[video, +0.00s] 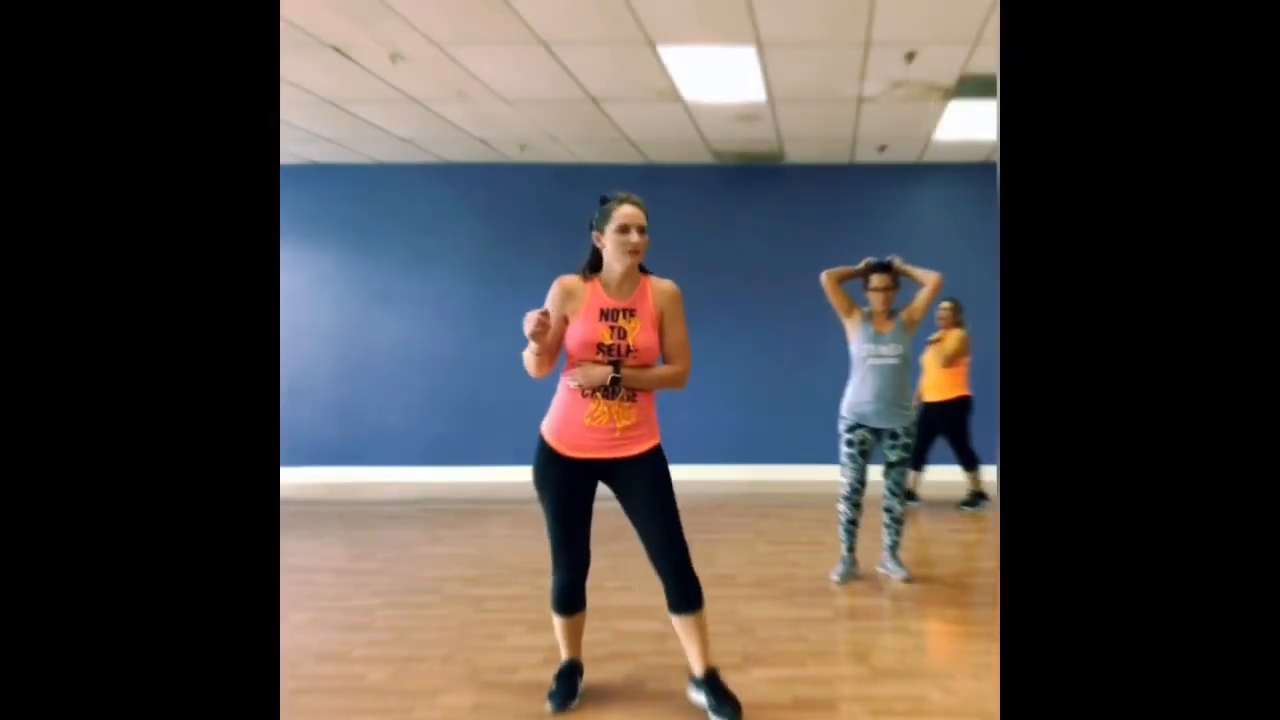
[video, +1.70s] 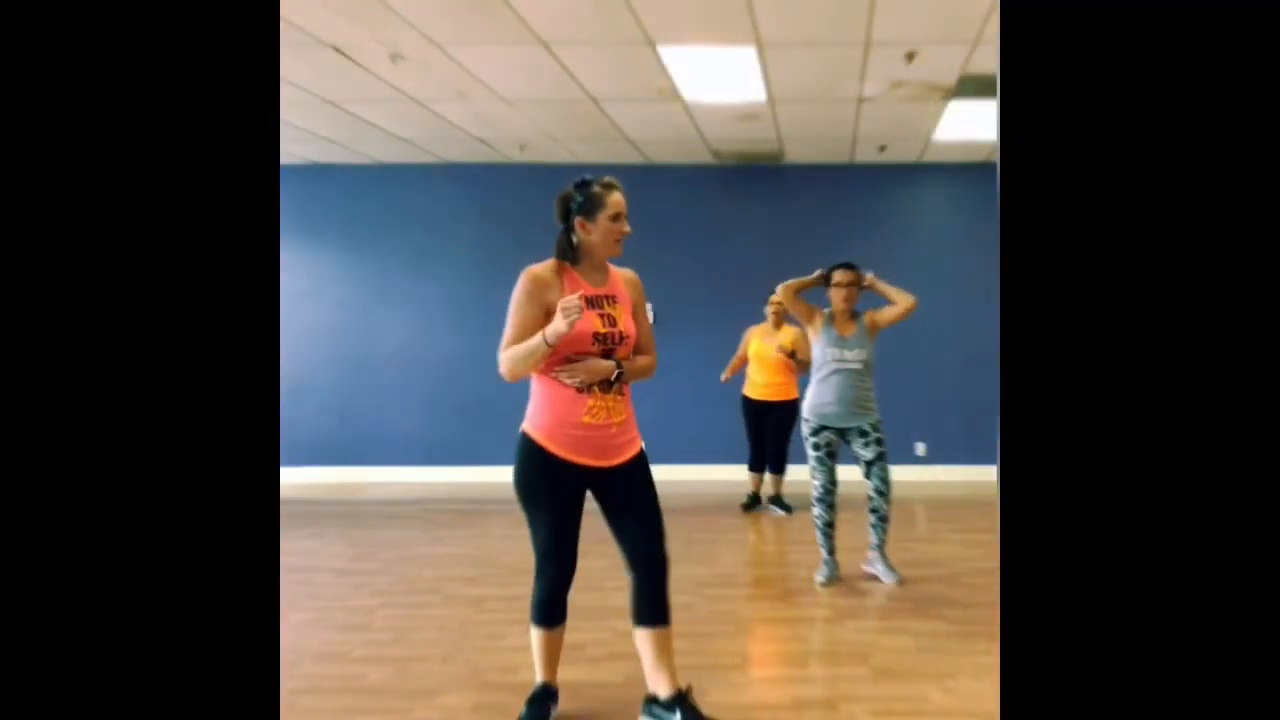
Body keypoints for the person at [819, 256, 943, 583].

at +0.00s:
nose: (882, 296)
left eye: (888, 290)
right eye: (876, 290)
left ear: (896, 292)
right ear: (866, 292)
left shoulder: (907, 322)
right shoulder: (854, 319)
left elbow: (935, 281)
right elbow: (827, 278)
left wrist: (904, 268)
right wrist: (858, 270)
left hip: (899, 419)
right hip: (858, 416)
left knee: (895, 492)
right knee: (851, 490)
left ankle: (891, 555)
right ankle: (847, 557)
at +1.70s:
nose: (844, 293)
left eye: (851, 287)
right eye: (839, 286)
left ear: (860, 291)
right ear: (828, 291)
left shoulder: (870, 322)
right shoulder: (815, 321)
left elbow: (909, 303)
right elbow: (784, 291)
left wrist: (874, 282)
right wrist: (816, 279)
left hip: (862, 418)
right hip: (820, 418)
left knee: (881, 484)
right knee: (823, 491)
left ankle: (877, 555)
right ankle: (828, 560)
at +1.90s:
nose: (851, 288)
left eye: (857, 283)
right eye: (845, 283)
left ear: (866, 289)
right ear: (835, 289)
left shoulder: (878, 323)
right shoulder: (822, 322)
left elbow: (922, 337)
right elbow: (776, 331)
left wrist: (903, 299)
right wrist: (796, 294)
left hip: (870, 418)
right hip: (827, 418)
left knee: (890, 486)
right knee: (827, 491)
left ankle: (899, 554)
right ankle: (828, 560)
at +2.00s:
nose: (858, 288)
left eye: (864, 283)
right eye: (852, 282)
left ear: (873, 289)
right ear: (842, 289)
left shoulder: (885, 324)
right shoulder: (828, 324)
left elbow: (920, 358)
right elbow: (796, 357)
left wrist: (920, 327)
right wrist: (793, 324)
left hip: (877, 420)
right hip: (834, 419)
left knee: (894, 488)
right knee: (831, 491)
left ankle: (906, 557)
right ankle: (828, 560)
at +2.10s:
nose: (867, 288)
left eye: (873, 282)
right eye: (861, 282)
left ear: (882, 290)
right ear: (850, 290)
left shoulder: (895, 326)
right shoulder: (836, 327)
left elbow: (916, 365)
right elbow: (818, 370)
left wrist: (930, 364)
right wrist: (803, 366)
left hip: (888, 421)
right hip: (844, 421)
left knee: (900, 491)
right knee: (838, 491)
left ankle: (907, 558)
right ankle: (829, 560)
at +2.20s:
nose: (877, 288)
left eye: (883, 282)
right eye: (870, 282)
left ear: (892, 289)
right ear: (860, 290)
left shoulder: (904, 325)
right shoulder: (846, 328)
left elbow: (921, 366)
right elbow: (837, 372)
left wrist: (932, 390)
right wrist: (826, 399)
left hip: (899, 421)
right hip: (855, 421)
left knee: (907, 491)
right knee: (844, 490)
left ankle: (908, 558)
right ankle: (831, 559)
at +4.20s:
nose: (878, 285)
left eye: (884, 279)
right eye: (872, 280)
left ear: (892, 287)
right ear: (861, 286)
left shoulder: (904, 325)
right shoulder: (845, 324)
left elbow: (921, 369)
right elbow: (828, 370)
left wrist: (905, 392)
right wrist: (852, 400)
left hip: (894, 418)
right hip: (854, 418)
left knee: (893, 491)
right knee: (857, 490)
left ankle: (889, 557)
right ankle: (860, 558)